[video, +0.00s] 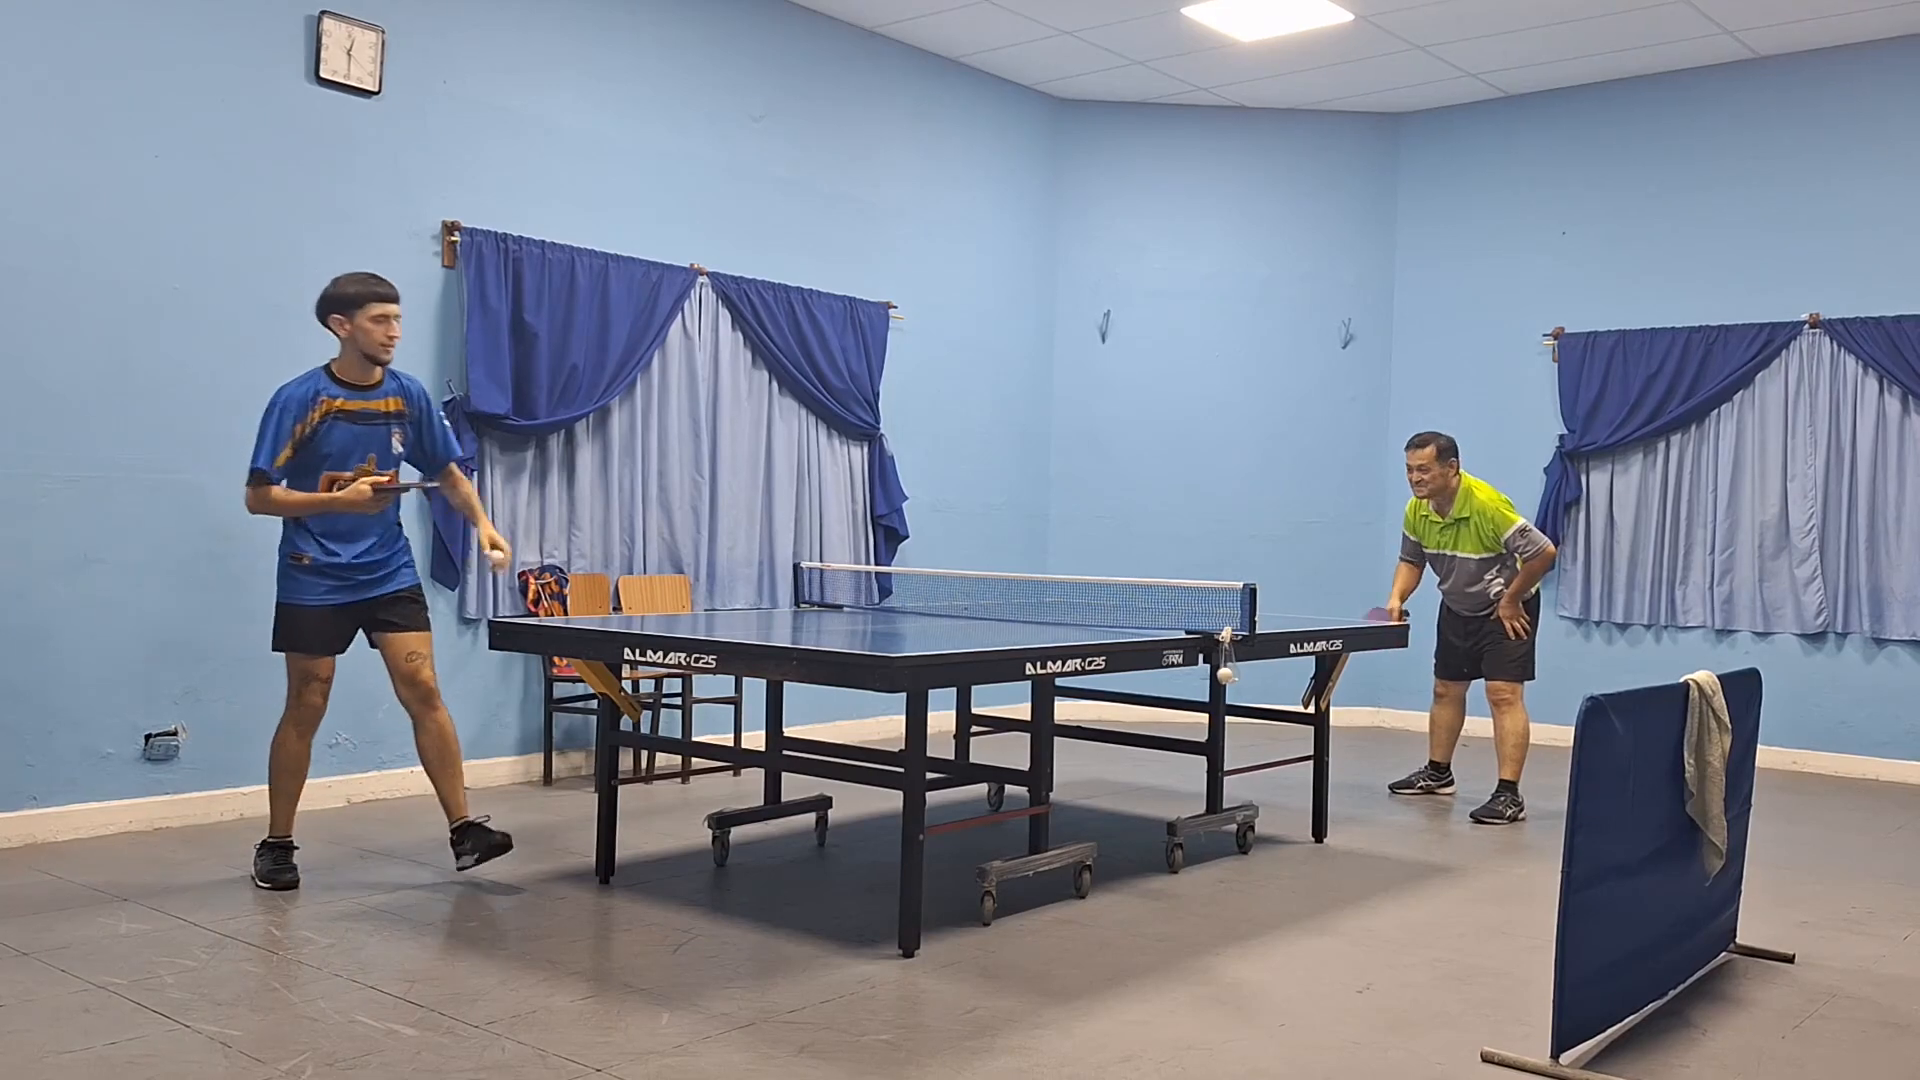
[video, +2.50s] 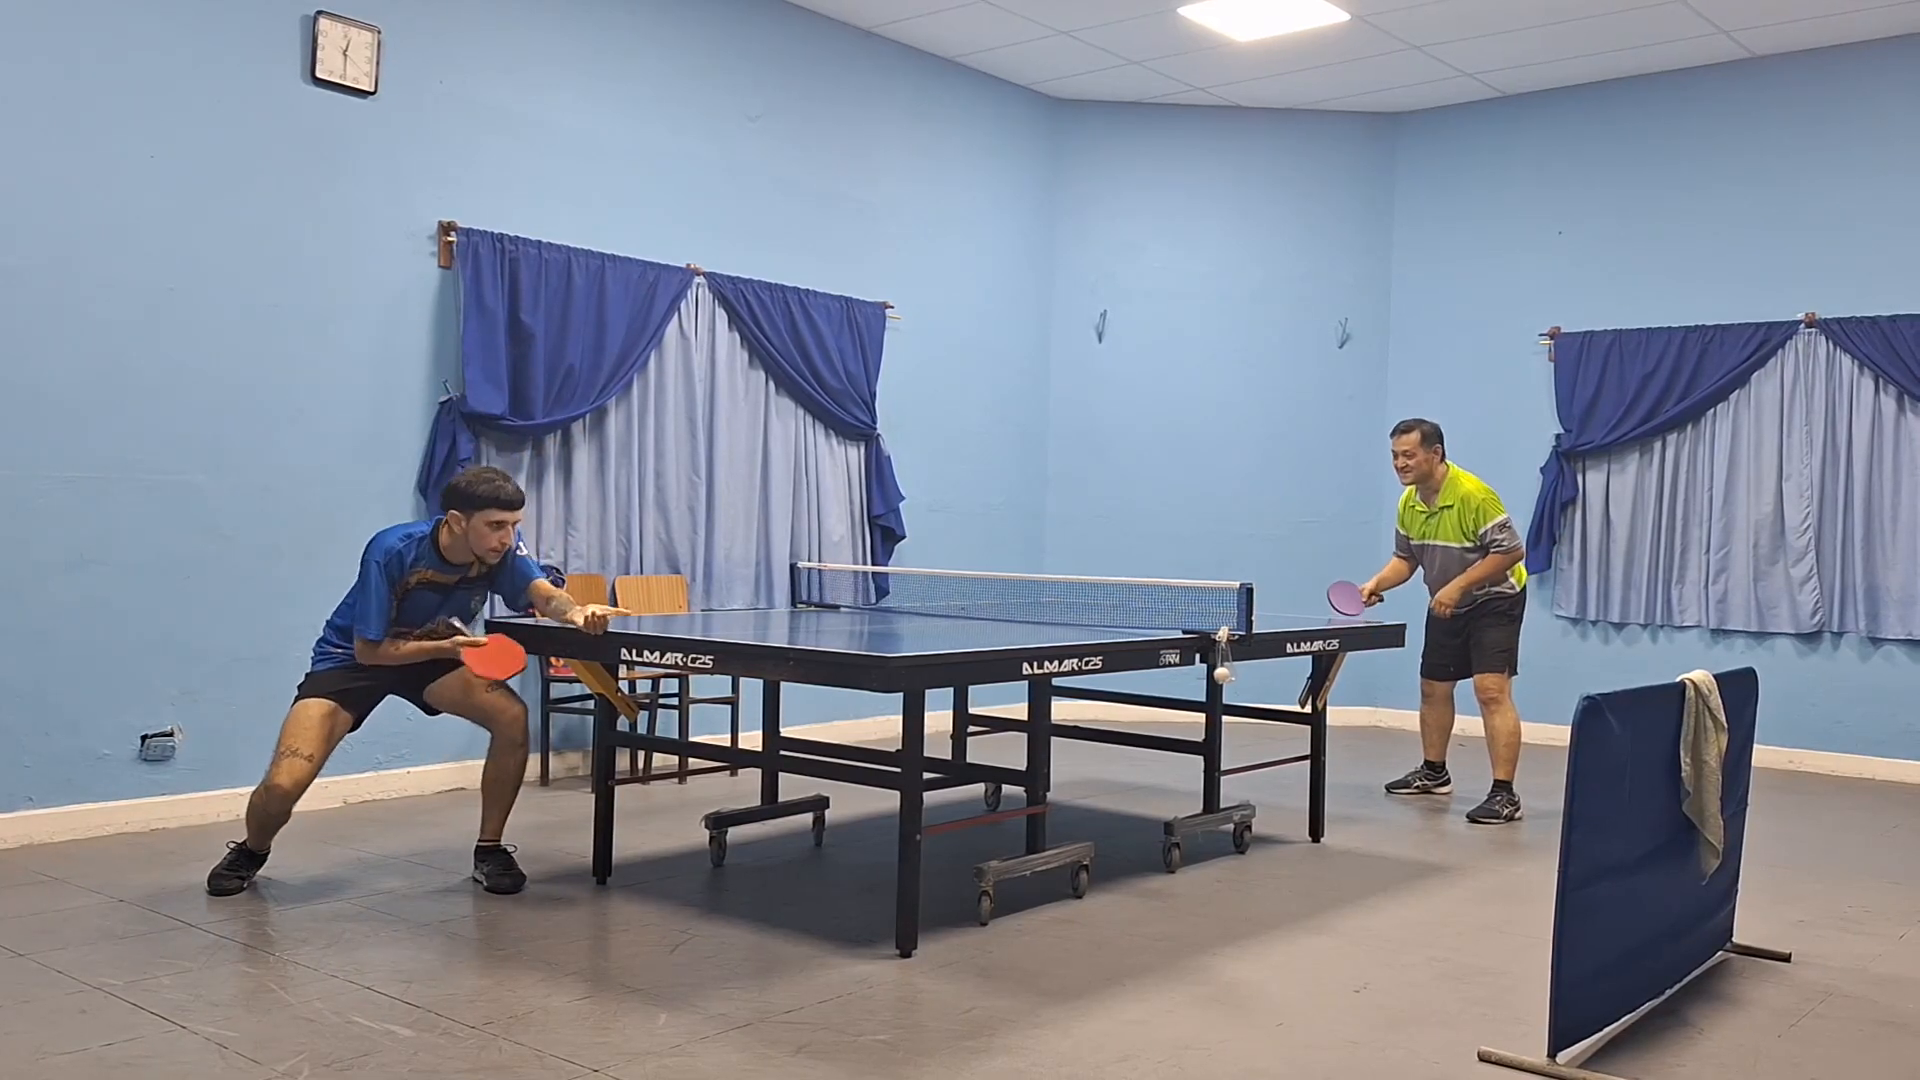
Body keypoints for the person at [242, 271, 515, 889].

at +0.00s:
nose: (394, 330)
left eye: (397, 320)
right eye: (381, 320)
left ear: (397, 326)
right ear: (340, 325)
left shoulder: (409, 396)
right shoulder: (298, 399)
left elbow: (447, 471)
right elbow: (258, 496)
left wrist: (483, 523)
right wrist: (336, 500)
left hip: (389, 570)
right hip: (314, 577)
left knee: (421, 687)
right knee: (307, 704)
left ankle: (463, 828)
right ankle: (278, 844)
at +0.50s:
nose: (570, 416)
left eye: (574, 404)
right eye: (566, 403)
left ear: (536, 399)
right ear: (531, 395)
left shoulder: (534, 458)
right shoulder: (436, 429)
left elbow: (528, 536)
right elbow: (391, 516)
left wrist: (547, 574)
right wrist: (472, 540)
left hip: (449, 580)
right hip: (374, 577)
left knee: (471, 696)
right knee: (337, 709)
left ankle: (477, 847)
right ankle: (281, 839)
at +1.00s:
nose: (483, 412)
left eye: (488, 400)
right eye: (472, 400)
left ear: (489, 397)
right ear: (432, 393)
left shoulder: (485, 451)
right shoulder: (363, 440)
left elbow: (531, 525)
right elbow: (334, 532)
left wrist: (521, 562)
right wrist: (395, 545)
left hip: (428, 586)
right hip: (343, 585)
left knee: (470, 695)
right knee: (300, 717)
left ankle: (478, 846)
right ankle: (246, 846)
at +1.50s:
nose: (481, 457)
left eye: (487, 443)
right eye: (470, 443)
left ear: (493, 439)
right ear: (433, 437)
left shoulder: (486, 485)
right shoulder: (372, 476)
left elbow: (525, 550)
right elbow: (340, 574)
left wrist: (537, 563)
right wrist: (412, 566)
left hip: (416, 606)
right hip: (335, 607)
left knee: (473, 701)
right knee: (290, 733)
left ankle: (491, 846)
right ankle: (243, 849)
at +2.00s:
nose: (523, 564)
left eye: (527, 554)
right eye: (513, 554)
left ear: (528, 548)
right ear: (472, 545)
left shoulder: (513, 564)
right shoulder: (409, 567)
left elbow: (556, 598)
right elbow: (402, 673)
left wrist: (588, 609)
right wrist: (479, 650)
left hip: (438, 663)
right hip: (363, 663)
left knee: (519, 715)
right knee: (289, 780)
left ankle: (493, 850)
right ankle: (254, 850)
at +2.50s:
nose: (507, 540)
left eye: (512, 528)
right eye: (496, 528)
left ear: (511, 526)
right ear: (455, 522)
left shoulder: (499, 556)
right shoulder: (391, 553)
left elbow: (542, 594)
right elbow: (368, 650)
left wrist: (574, 612)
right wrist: (445, 646)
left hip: (428, 660)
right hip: (351, 661)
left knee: (511, 716)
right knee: (282, 785)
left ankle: (490, 851)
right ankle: (251, 853)